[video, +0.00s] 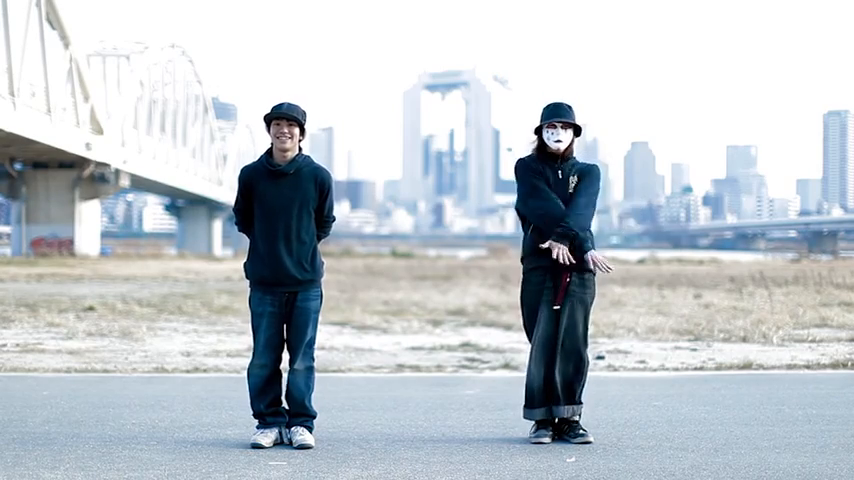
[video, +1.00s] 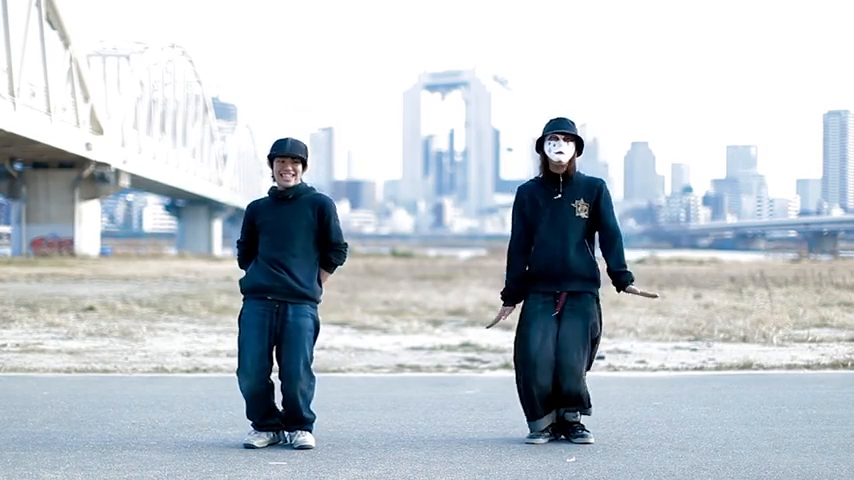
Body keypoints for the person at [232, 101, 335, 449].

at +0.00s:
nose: (284, 133)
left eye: (291, 128)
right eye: (278, 127)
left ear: (301, 134)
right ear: (269, 132)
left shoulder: (318, 177)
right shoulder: (250, 175)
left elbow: (324, 225)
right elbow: (243, 220)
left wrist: (299, 243)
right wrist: (269, 240)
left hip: (306, 279)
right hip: (264, 279)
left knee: (302, 355)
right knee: (264, 355)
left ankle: (300, 424)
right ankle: (268, 424)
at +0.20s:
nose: (280, 143)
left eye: (287, 137)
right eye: (275, 137)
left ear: (297, 143)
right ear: (266, 141)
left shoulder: (317, 185)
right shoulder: (249, 185)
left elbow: (328, 228)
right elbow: (237, 227)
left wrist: (304, 250)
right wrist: (263, 249)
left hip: (308, 285)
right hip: (266, 285)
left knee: (305, 356)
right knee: (264, 357)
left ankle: (300, 425)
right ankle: (269, 425)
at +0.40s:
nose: (312, 144)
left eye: (319, 139)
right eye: (306, 136)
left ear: (326, 146)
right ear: (295, 139)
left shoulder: (334, 187)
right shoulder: (267, 175)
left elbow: (329, 225)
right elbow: (242, 204)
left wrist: (302, 238)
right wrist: (263, 235)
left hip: (301, 279)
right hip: (260, 278)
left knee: (301, 350)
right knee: (259, 351)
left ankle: (299, 423)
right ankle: (267, 422)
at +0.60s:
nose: (315, 157)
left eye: (323, 153)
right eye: (310, 150)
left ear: (330, 159)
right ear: (299, 152)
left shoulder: (337, 199)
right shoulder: (272, 185)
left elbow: (329, 232)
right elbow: (246, 213)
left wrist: (301, 242)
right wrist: (265, 242)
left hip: (303, 282)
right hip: (262, 280)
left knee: (303, 353)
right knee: (259, 353)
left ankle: (299, 424)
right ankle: (266, 422)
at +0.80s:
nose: (299, 141)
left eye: (306, 137)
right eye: (293, 135)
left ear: (314, 142)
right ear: (282, 137)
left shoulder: (327, 181)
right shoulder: (261, 175)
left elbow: (340, 227)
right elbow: (245, 219)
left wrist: (318, 250)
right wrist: (265, 246)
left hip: (306, 285)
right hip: (263, 283)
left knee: (302, 357)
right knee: (259, 358)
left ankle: (301, 425)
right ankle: (267, 425)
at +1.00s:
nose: (286, 169)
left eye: (293, 163)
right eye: (281, 163)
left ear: (302, 168)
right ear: (272, 167)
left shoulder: (321, 205)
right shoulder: (256, 209)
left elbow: (337, 250)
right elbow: (245, 252)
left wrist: (316, 283)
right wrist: (261, 277)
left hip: (300, 300)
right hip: (258, 298)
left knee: (296, 368)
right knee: (251, 371)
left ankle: (300, 428)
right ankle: (266, 427)